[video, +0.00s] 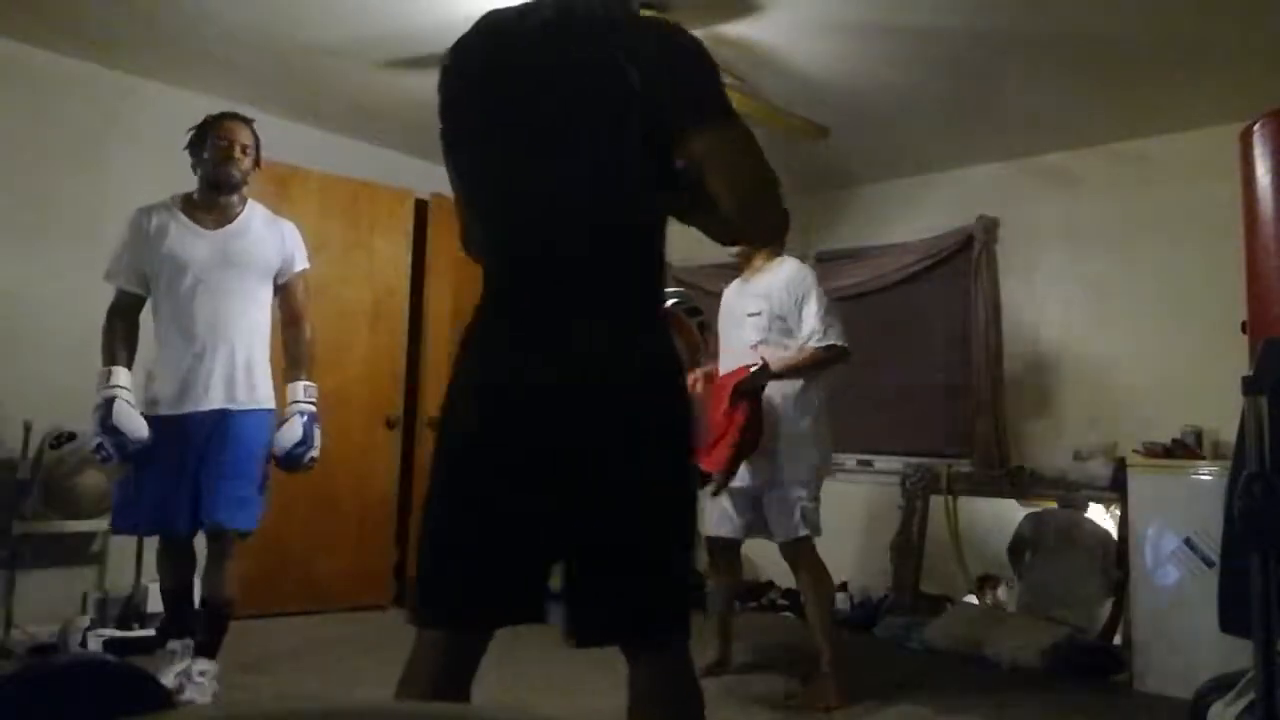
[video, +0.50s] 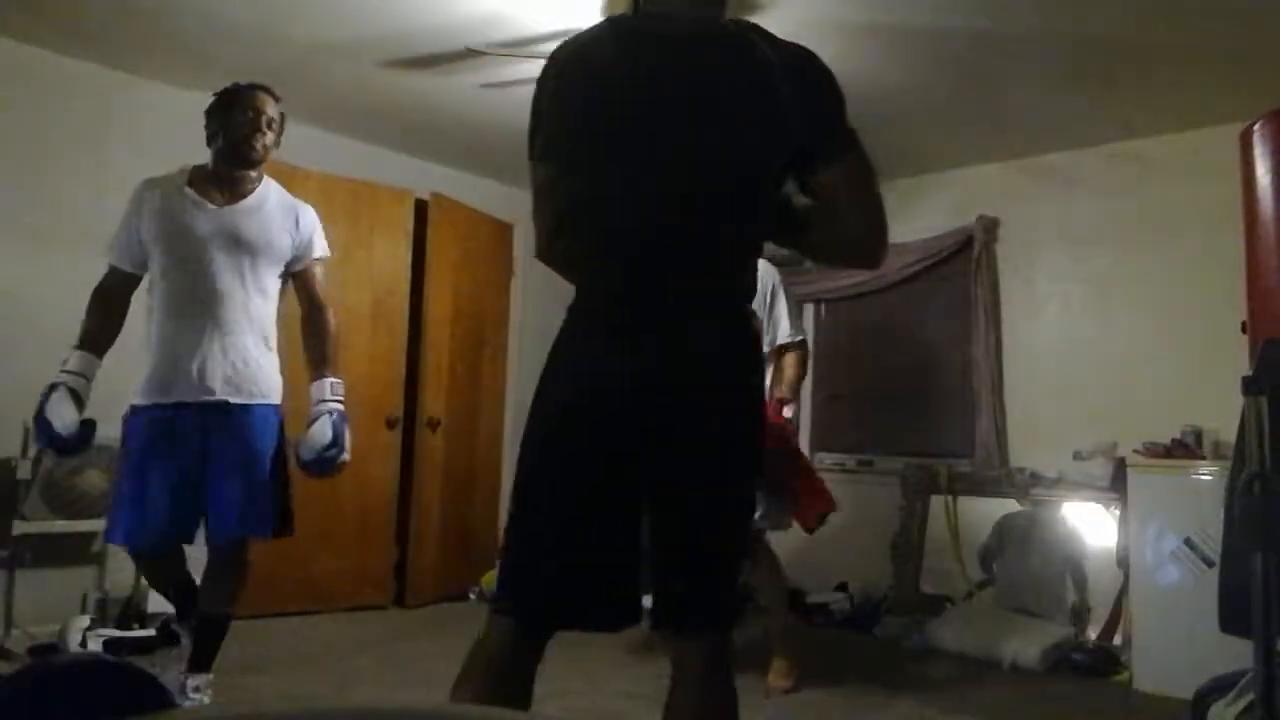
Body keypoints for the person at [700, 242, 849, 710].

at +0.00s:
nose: (733, 229)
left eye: (743, 219)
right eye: (733, 220)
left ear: (767, 226)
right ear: (741, 230)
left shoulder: (796, 275)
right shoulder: (732, 291)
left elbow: (833, 347)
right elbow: (738, 364)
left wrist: (771, 371)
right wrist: (711, 377)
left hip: (789, 443)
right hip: (738, 443)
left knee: (797, 549)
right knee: (720, 545)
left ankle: (829, 671)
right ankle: (722, 649)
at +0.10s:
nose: (717, 225)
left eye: (727, 214)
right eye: (717, 214)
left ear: (749, 217)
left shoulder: (783, 274)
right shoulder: (718, 286)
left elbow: (819, 347)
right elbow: (704, 358)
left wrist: (775, 373)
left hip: (774, 432)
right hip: (718, 433)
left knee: (787, 544)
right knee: (716, 544)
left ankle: (826, 672)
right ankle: (720, 645)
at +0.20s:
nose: (706, 230)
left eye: (713, 220)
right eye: (703, 221)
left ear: (729, 226)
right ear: (701, 232)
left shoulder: (775, 278)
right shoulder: (692, 286)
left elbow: (802, 350)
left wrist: (765, 389)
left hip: (756, 438)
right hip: (704, 439)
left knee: (778, 544)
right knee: (714, 549)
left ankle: (818, 662)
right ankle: (713, 646)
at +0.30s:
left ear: (734, 219)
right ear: (716, 221)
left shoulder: (767, 274)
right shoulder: (692, 277)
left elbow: (801, 345)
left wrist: (775, 388)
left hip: (753, 424)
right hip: (704, 424)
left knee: (760, 531)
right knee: (705, 541)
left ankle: (801, 653)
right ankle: (705, 654)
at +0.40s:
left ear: (730, 225)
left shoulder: (760, 272)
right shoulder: (683, 276)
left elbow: (797, 344)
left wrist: (776, 394)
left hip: (750, 430)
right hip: (697, 429)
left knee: (752, 540)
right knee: (702, 542)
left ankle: (784, 648)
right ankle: (701, 655)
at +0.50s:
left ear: (732, 230)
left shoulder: (759, 273)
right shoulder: (674, 280)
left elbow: (791, 347)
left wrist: (782, 403)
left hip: (745, 426)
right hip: (686, 424)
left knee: (749, 540)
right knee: (695, 538)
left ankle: (781, 646)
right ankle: (701, 653)